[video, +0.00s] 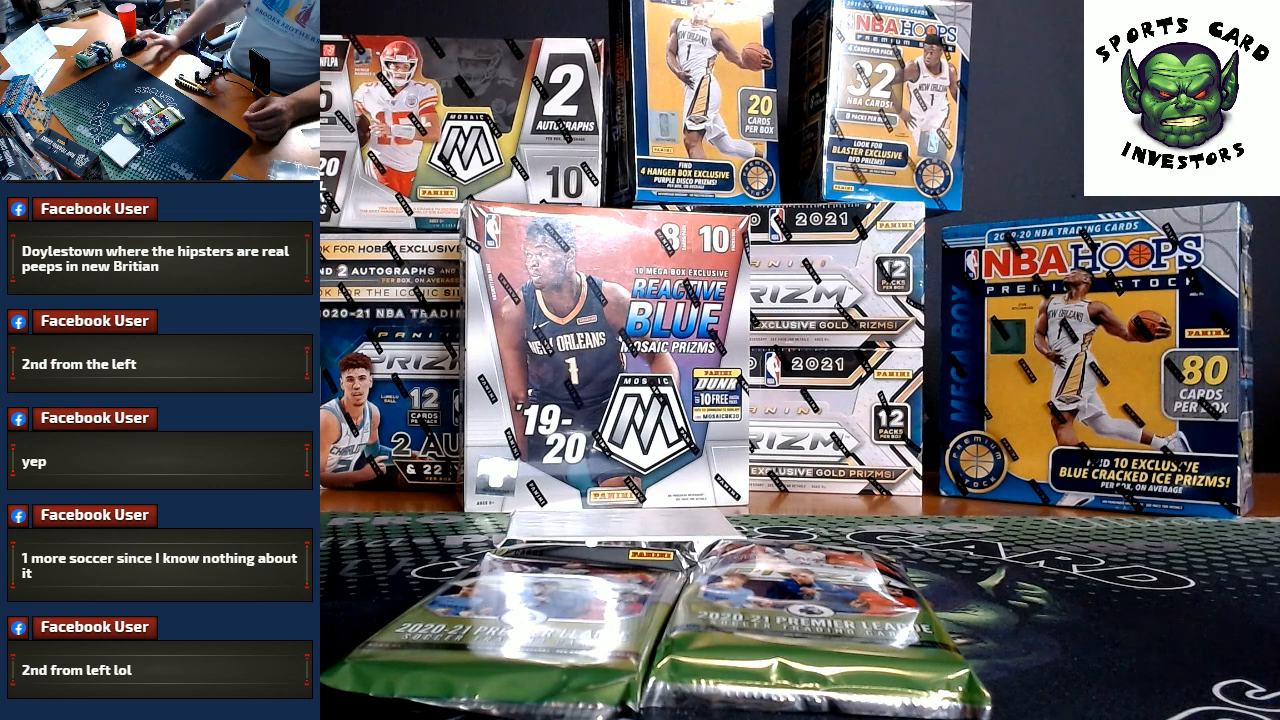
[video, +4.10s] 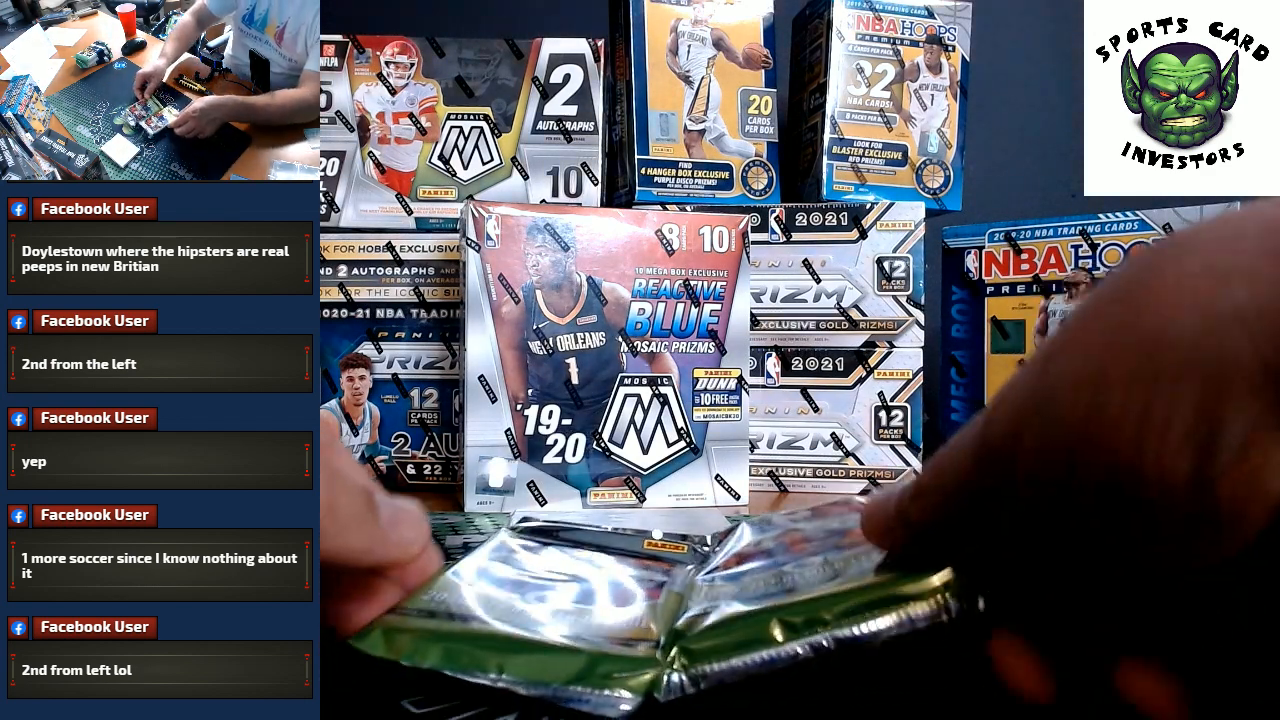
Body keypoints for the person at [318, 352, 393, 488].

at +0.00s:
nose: (356, 385)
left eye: (362, 378)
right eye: (350, 379)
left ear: (370, 382)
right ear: (341, 383)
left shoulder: (372, 413)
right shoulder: (325, 419)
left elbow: (373, 450)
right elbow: (316, 477)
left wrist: (406, 456)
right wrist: (360, 475)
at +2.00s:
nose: (356, 385)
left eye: (362, 378)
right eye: (350, 379)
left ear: (370, 382)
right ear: (341, 384)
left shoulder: (372, 413)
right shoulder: (325, 419)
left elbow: (373, 450)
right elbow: (316, 477)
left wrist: (406, 456)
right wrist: (360, 475)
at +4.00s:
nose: (356, 385)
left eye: (362, 378)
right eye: (350, 379)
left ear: (370, 382)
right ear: (342, 383)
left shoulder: (372, 413)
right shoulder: (325, 419)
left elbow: (374, 450)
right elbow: (321, 475)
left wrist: (407, 455)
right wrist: (360, 475)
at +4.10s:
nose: (356, 386)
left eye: (362, 378)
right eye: (350, 380)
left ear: (370, 382)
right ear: (342, 384)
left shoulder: (372, 413)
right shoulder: (326, 417)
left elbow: (374, 450)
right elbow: (331, 469)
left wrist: (404, 455)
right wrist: (364, 472)